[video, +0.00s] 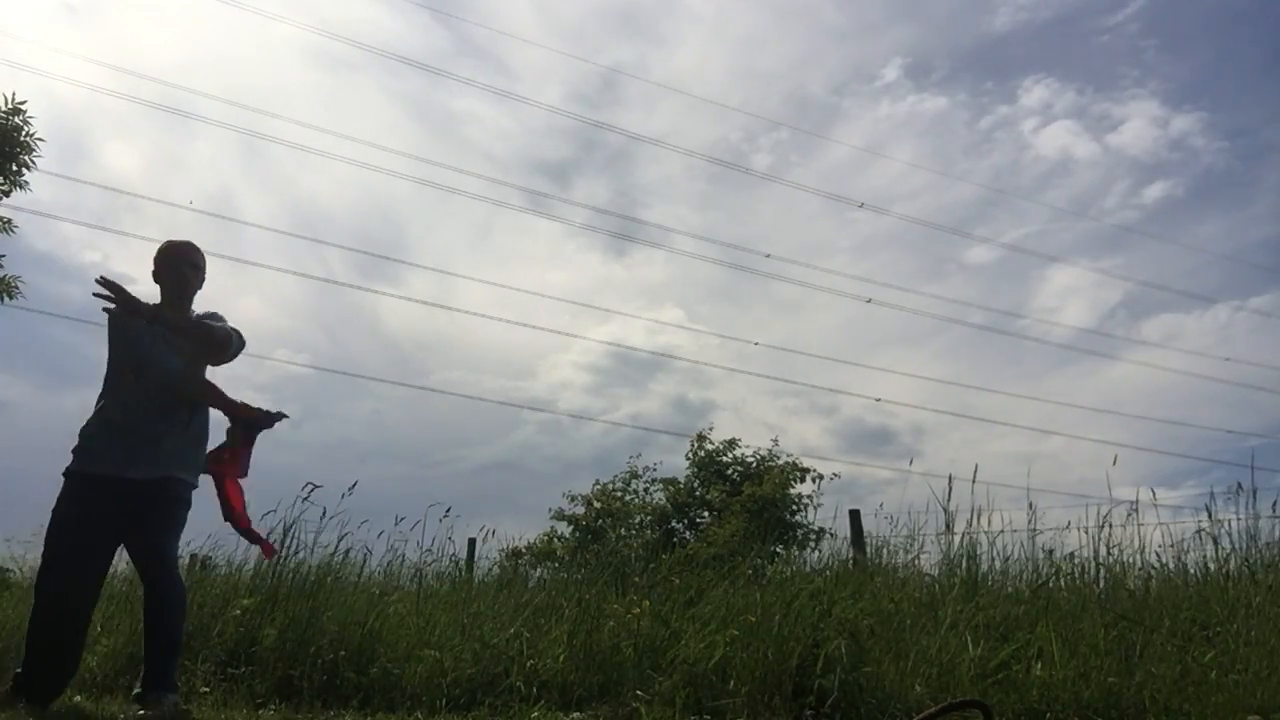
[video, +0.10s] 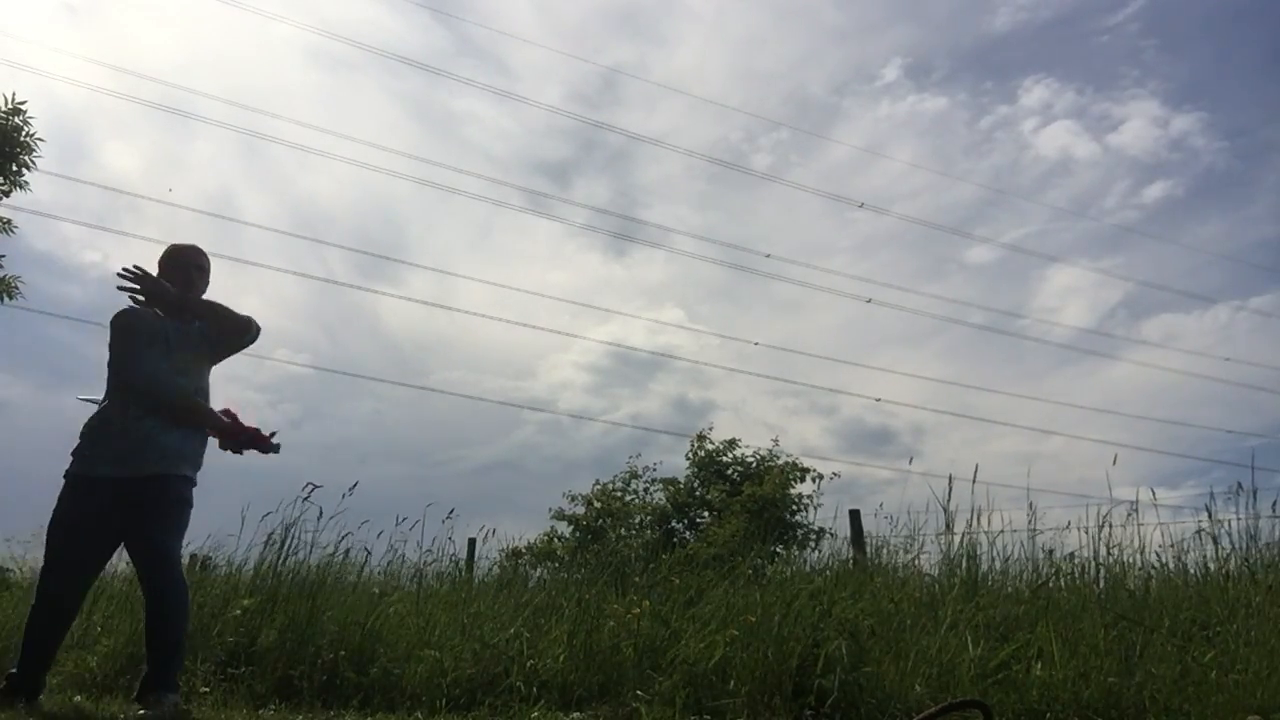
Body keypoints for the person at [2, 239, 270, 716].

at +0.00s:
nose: (185, 273)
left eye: (194, 268)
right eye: (177, 263)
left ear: (202, 281)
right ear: (156, 269)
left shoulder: (209, 323)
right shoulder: (129, 318)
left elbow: (224, 346)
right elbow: (167, 372)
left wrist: (148, 313)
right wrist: (234, 408)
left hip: (166, 476)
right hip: (101, 468)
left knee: (160, 571)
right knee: (65, 579)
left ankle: (160, 691)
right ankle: (35, 692)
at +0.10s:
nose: (194, 281)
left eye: (202, 275)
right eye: (185, 270)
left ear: (206, 286)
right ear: (161, 275)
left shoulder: (205, 336)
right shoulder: (132, 321)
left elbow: (248, 330)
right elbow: (140, 387)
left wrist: (177, 301)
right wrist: (214, 422)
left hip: (166, 479)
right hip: (100, 472)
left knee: (163, 576)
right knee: (61, 582)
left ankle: (162, 691)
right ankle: (25, 685)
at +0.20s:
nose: (192, 275)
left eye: (201, 269)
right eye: (182, 266)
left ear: (210, 284)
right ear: (163, 274)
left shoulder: (218, 337)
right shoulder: (129, 325)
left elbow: (276, 325)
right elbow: (124, 401)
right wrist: (179, 444)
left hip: (165, 485)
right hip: (99, 478)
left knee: (165, 583)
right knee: (59, 587)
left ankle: (161, 693)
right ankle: (27, 687)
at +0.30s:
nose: (196, 270)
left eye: (205, 265)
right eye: (186, 261)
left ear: (214, 280)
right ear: (167, 270)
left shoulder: (226, 337)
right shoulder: (129, 321)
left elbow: (285, 326)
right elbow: (104, 385)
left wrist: (331, 295)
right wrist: (131, 448)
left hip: (165, 485)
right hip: (100, 475)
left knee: (167, 588)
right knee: (58, 585)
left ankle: (161, 695)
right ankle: (25, 690)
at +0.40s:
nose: (202, 268)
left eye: (211, 262)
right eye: (193, 260)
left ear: (219, 276)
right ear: (173, 268)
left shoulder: (236, 334)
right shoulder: (136, 317)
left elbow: (303, 334)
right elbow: (109, 360)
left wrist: (364, 322)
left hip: (170, 481)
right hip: (103, 471)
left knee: (163, 573)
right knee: (60, 579)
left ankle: (161, 691)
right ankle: (27, 688)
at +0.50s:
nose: (200, 267)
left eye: (209, 260)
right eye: (192, 259)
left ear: (222, 275)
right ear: (176, 269)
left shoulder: (241, 336)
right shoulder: (141, 313)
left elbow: (303, 348)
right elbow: (92, 353)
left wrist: (351, 352)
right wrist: (64, 308)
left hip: (170, 480)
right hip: (103, 468)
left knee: (162, 573)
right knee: (58, 574)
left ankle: (160, 691)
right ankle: (23, 685)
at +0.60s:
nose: (192, 263)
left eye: (204, 258)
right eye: (184, 256)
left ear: (220, 275)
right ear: (171, 269)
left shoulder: (237, 333)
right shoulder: (144, 311)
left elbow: (288, 353)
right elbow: (90, 321)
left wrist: (287, 364)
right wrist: (93, 245)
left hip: (169, 483)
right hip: (103, 470)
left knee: (163, 580)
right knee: (48, 574)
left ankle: (159, 694)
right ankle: (16, 687)